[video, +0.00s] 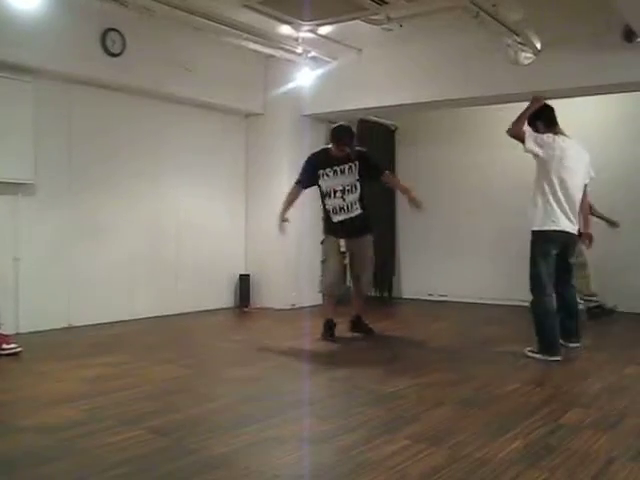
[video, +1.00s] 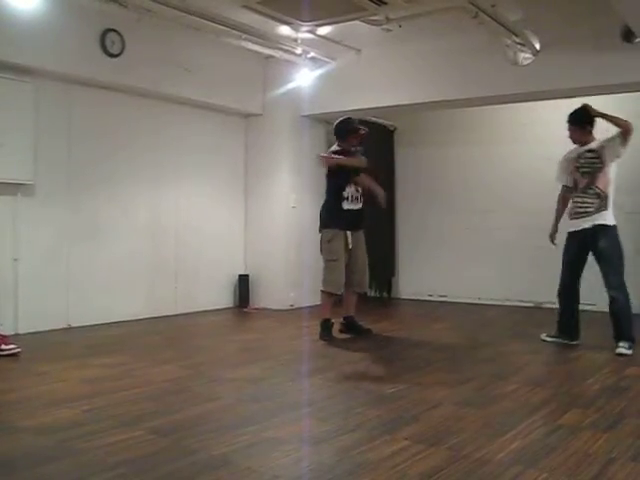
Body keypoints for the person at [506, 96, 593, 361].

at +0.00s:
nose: (534, 133)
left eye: (534, 128)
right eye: (535, 129)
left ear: (540, 125)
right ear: (557, 122)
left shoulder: (548, 143)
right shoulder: (580, 151)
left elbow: (514, 130)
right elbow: (584, 195)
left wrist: (531, 107)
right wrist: (586, 227)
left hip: (547, 228)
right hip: (570, 229)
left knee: (542, 289)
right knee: (564, 284)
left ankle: (549, 348)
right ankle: (571, 337)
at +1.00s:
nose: (570, 135)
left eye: (573, 131)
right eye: (569, 130)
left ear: (586, 129)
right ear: (575, 130)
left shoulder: (606, 149)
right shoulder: (569, 158)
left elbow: (627, 129)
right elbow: (565, 193)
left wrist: (599, 114)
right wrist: (555, 225)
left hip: (602, 225)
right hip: (576, 228)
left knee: (615, 284)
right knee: (567, 285)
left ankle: (625, 340)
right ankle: (567, 333)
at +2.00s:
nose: (588, 124)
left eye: (592, 120)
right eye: (589, 119)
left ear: (607, 122)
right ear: (603, 122)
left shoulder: (627, 148)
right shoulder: (584, 152)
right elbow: (578, 191)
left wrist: (628, 108)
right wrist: (569, 227)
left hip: (614, 232)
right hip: (583, 231)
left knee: (619, 289)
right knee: (585, 292)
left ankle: (629, 340)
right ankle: (592, 345)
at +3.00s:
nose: (568, 116)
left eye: (571, 111)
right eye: (569, 111)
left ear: (584, 112)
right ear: (586, 112)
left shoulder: (606, 139)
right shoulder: (583, 139)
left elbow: (615, 123)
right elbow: (584, 176)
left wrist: (602, 98)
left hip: (597, 227)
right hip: (578, 224)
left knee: (593, 291)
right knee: (574, 288)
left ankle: (597, 355)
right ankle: (586, 346)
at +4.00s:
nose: (546, 129)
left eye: (548, 124)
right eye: (546, 124)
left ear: (559, 121)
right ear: (566, 122)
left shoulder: (571, 144)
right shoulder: (579, 146)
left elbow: (556, 123)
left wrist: (567, 108)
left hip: (564, 228)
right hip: (581, 229)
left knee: (540, 283)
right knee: (583, 290)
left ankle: (529, 336)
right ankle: (595, 344)